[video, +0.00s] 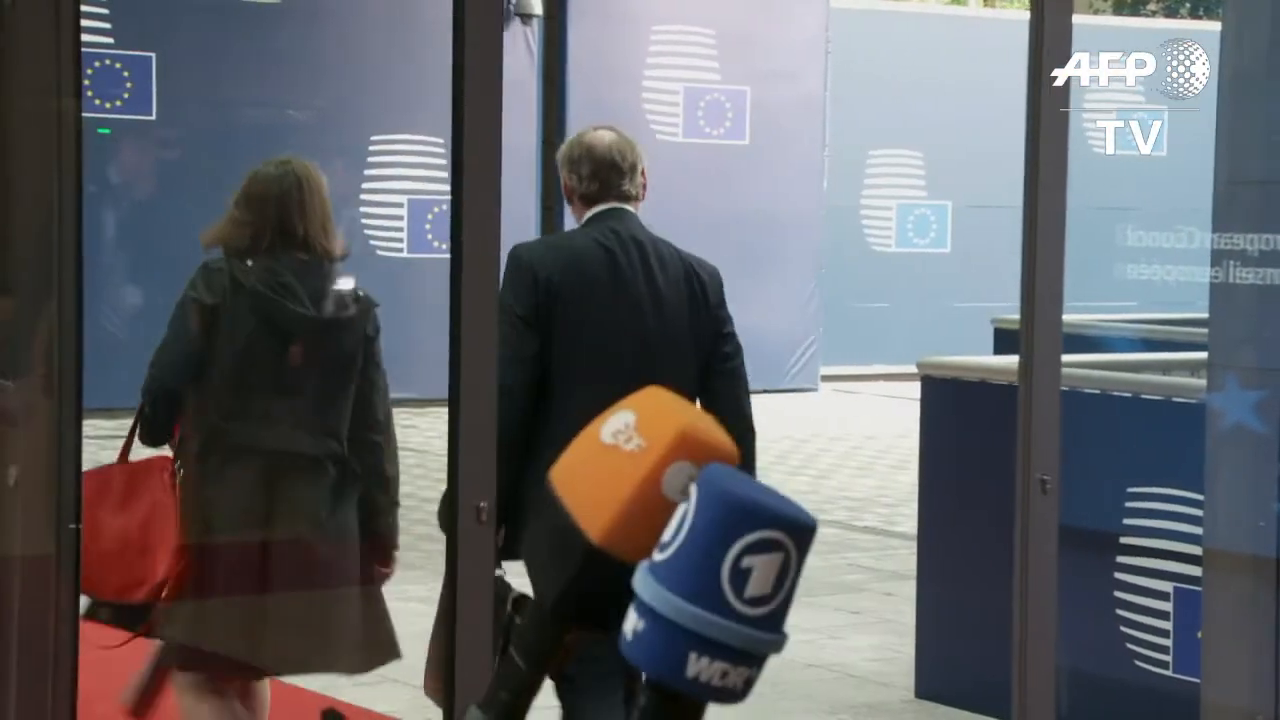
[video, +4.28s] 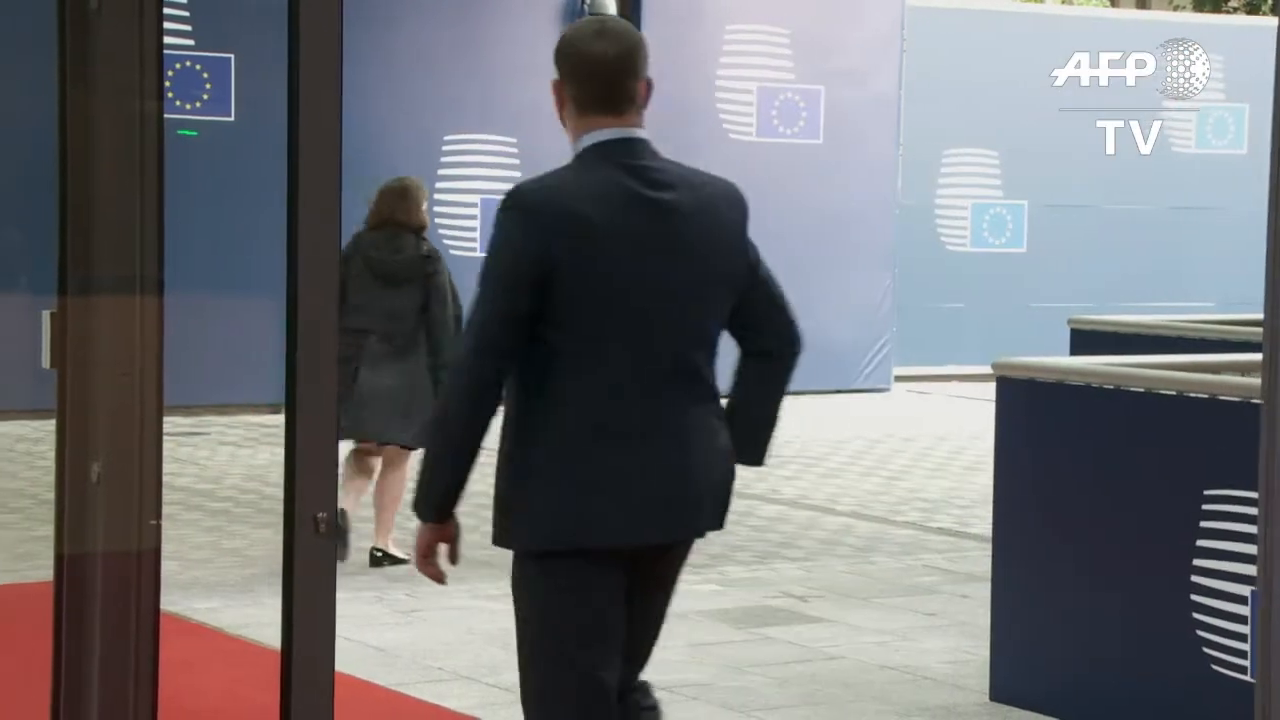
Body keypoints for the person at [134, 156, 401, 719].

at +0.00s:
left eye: (242, 208)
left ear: (246, 213)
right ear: (320, 218)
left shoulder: (217, 282)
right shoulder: (351, 304)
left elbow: (166, 380)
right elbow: (373, 433)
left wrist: (155, 426)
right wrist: (380, 539)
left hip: (224, 512)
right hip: (313, 520)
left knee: (194, 672)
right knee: (246, 669)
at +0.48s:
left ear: (198, 211)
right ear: (267, 216)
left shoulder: (163, 286)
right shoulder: (294, 296)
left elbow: (115, 383)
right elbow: (318, 404)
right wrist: (311, 492)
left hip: (174, 490)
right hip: (260, 491)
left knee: (152, 630)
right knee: (234, 639)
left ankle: (146, 718)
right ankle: (231, 719)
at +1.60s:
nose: (260, 206)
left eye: (254, 196)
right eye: (257, 198)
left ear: (196, 199)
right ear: (250, 204)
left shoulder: (160, 263)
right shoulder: (270, 272)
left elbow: (139, 356)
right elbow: (293, 365)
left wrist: (138, 433)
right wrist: (297, 443)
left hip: (168, 430)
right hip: (245, 432)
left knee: (178, 555)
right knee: (235, 548)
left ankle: (183, 674)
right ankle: (212, 631)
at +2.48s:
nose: (285, 216)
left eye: (283, 208)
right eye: (281, 209)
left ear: (224, 210)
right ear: (273, 215)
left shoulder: (194, 266)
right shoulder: (291, 274)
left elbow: (161, 333)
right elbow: (320, 357)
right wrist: (332, 419)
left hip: (200, 406)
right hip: (259, 408)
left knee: (210, 517)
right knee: (234, 523)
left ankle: (224, 612)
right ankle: (210, 629)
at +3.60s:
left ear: (286, 212)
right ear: (328, 217)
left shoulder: (264, 256)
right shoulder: (339, 262)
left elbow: (234, 310)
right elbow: (366, 334)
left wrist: (249, 344)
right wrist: (377, 390)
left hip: (270, 374)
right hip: (321, 377)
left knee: (283, 474)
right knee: (295, 479)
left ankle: (290, 563)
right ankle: (267, 560)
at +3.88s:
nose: (356, 206)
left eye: (350, 197)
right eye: (354, 199)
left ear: (306, 201)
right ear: (351, 206)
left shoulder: (284, 249)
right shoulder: (360, 257)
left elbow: (257, 301)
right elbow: (374, 328)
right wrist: (377, 381)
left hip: (286, 378)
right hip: (343, 378)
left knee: (285, 471)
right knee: (346, 464)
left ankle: (290, 558)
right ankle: (342, 547)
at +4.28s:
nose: (428, 211)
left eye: (426, 204)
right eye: (425, 205)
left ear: (378, 208)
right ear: (418, 211)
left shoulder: (352, 256)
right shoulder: (427, 260)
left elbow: (335, 318)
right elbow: (444, 331)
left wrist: (333, 376)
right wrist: (448, 389)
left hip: (359, 368)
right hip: (409, 370)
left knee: (364, 452)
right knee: (395, 461)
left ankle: (342, 508)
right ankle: (382, 544)